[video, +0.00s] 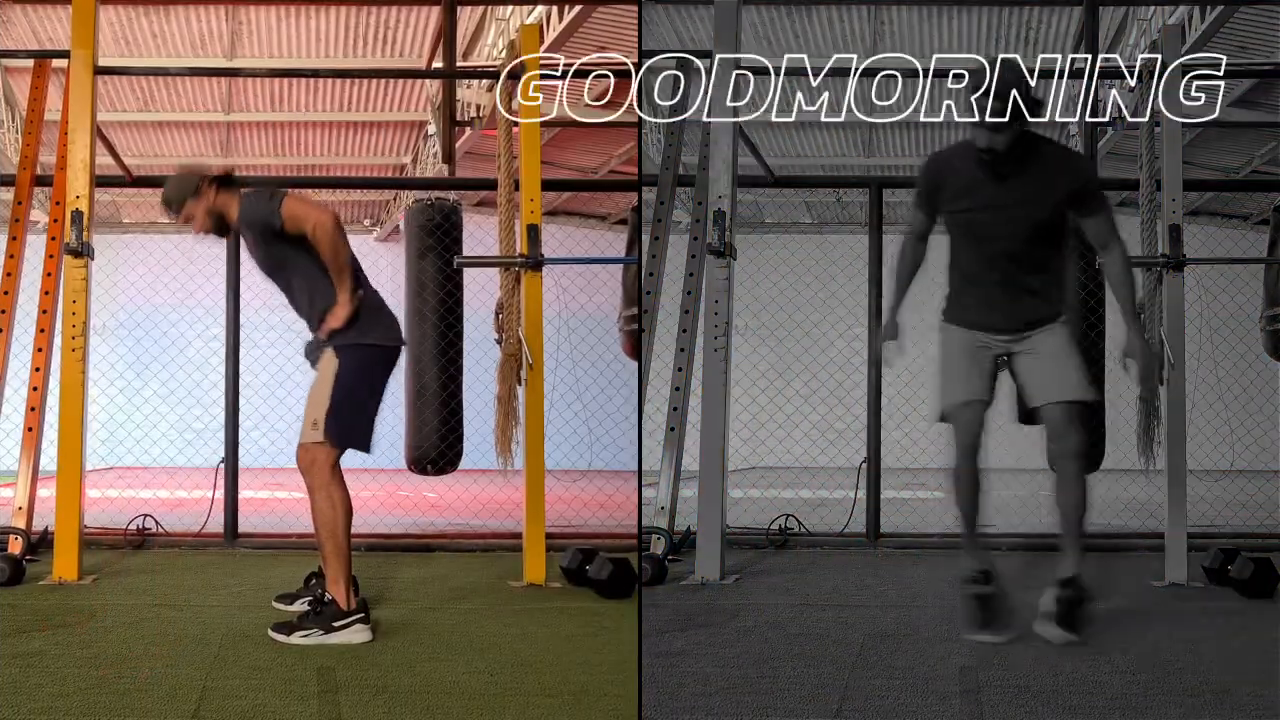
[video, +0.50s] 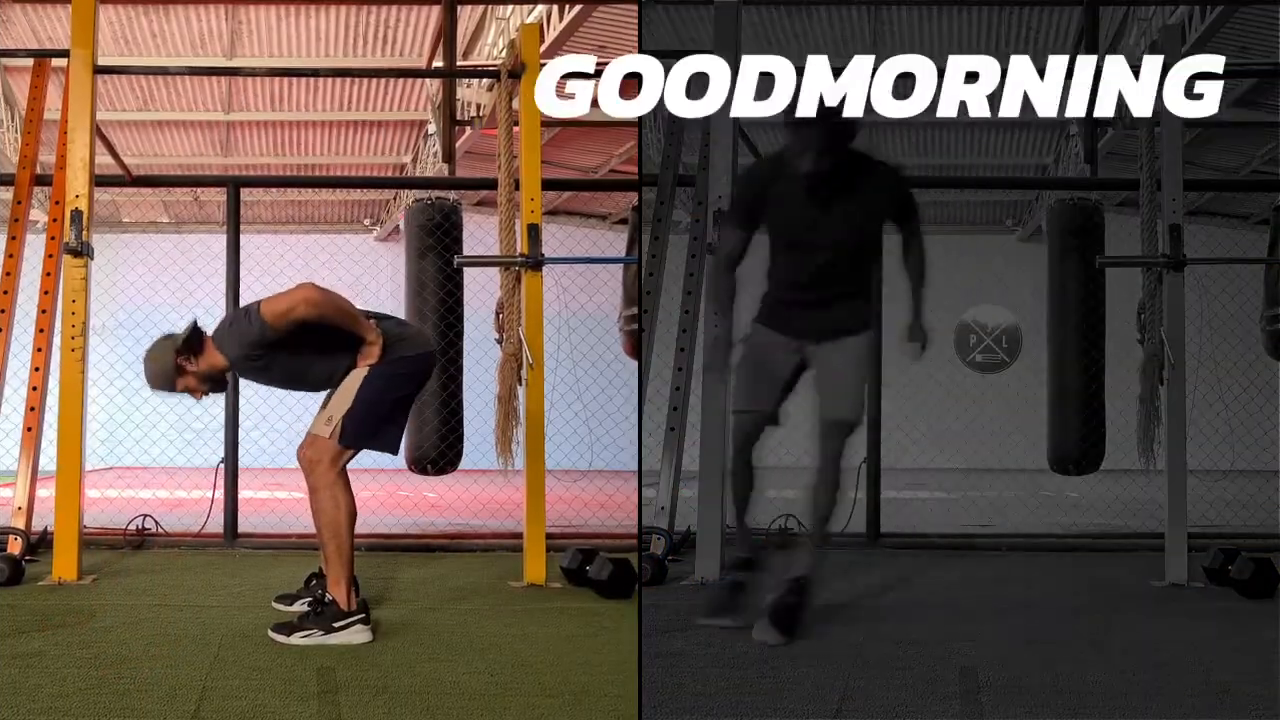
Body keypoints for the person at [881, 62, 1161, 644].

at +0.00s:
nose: (986, 138)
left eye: (998, 127)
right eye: (979, 126)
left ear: (1023, 120)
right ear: (968, 118)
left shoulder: (1065, 169)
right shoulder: (943, 168)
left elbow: (1109, 248)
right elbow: (916, 237)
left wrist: (1135, 331)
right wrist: (892, 310)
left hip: (1045, 326)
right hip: (967, 325)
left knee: (1068, 442)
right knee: (965, 439)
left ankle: (1070, 577)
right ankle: (975, 564)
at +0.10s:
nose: (951, 127)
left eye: (962, 117)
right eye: (944, 116)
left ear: (988, 117)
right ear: (934, 118)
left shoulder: (1028, 173)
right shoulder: (920, 176)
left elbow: (1079, 241)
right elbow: (886, 253)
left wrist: (1102, 321)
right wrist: (858, 326)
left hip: (1011, 342)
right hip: (939, 340)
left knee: (1031, 469)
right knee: (904, 455)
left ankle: (1042, 595)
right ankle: (890, 567)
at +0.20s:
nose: (922, 127)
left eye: (932, 116)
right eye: (913, 116)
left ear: (951, 118)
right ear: (901, 120)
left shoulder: (986, 177)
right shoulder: (878, 182)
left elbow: (1035, 252)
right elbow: (853, 262)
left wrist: (1067, 330)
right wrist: (829, 330)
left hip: (969, 353)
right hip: (894, 351)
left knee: (1008, 475)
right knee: (849, 468)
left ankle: (1039, 598)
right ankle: (824, 582)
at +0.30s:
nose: (888, 127)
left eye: (900, 117)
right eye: (880, 116)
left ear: (917, 116)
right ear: (865, 112)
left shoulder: (939, 171)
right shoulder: (832, 170)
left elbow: (983, 246)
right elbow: (800, 253)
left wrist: (1013, 314)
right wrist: (805, 320)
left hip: (916, 348)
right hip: (844, 347)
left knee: (956, 465)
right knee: (818, 469)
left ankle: (1014, 590)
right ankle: (814, 588)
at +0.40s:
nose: (851, 122)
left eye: (862, 111)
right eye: (841, 110)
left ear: (879, 109)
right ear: (824, 109)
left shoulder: (908, 162)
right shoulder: (797, 160)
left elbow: (941, 235)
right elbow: (756, 236)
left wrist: (962, 309)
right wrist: (770, 301)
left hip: (878, 324)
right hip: (808, 323)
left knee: (887, 441)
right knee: (793, 449)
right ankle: (803, 576)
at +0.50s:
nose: (806, 149)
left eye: (816, 138)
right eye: (798, 136)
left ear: (840, 135)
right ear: (788, 133)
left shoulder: (878, 180)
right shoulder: (766, 178)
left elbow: (911, 241)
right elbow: (724, 257)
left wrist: (916, 314)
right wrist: (719, 330)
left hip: (848, 330)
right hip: (778, 325)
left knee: (829, 454)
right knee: (734, 439)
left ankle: (804, 576)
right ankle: (738, 543)